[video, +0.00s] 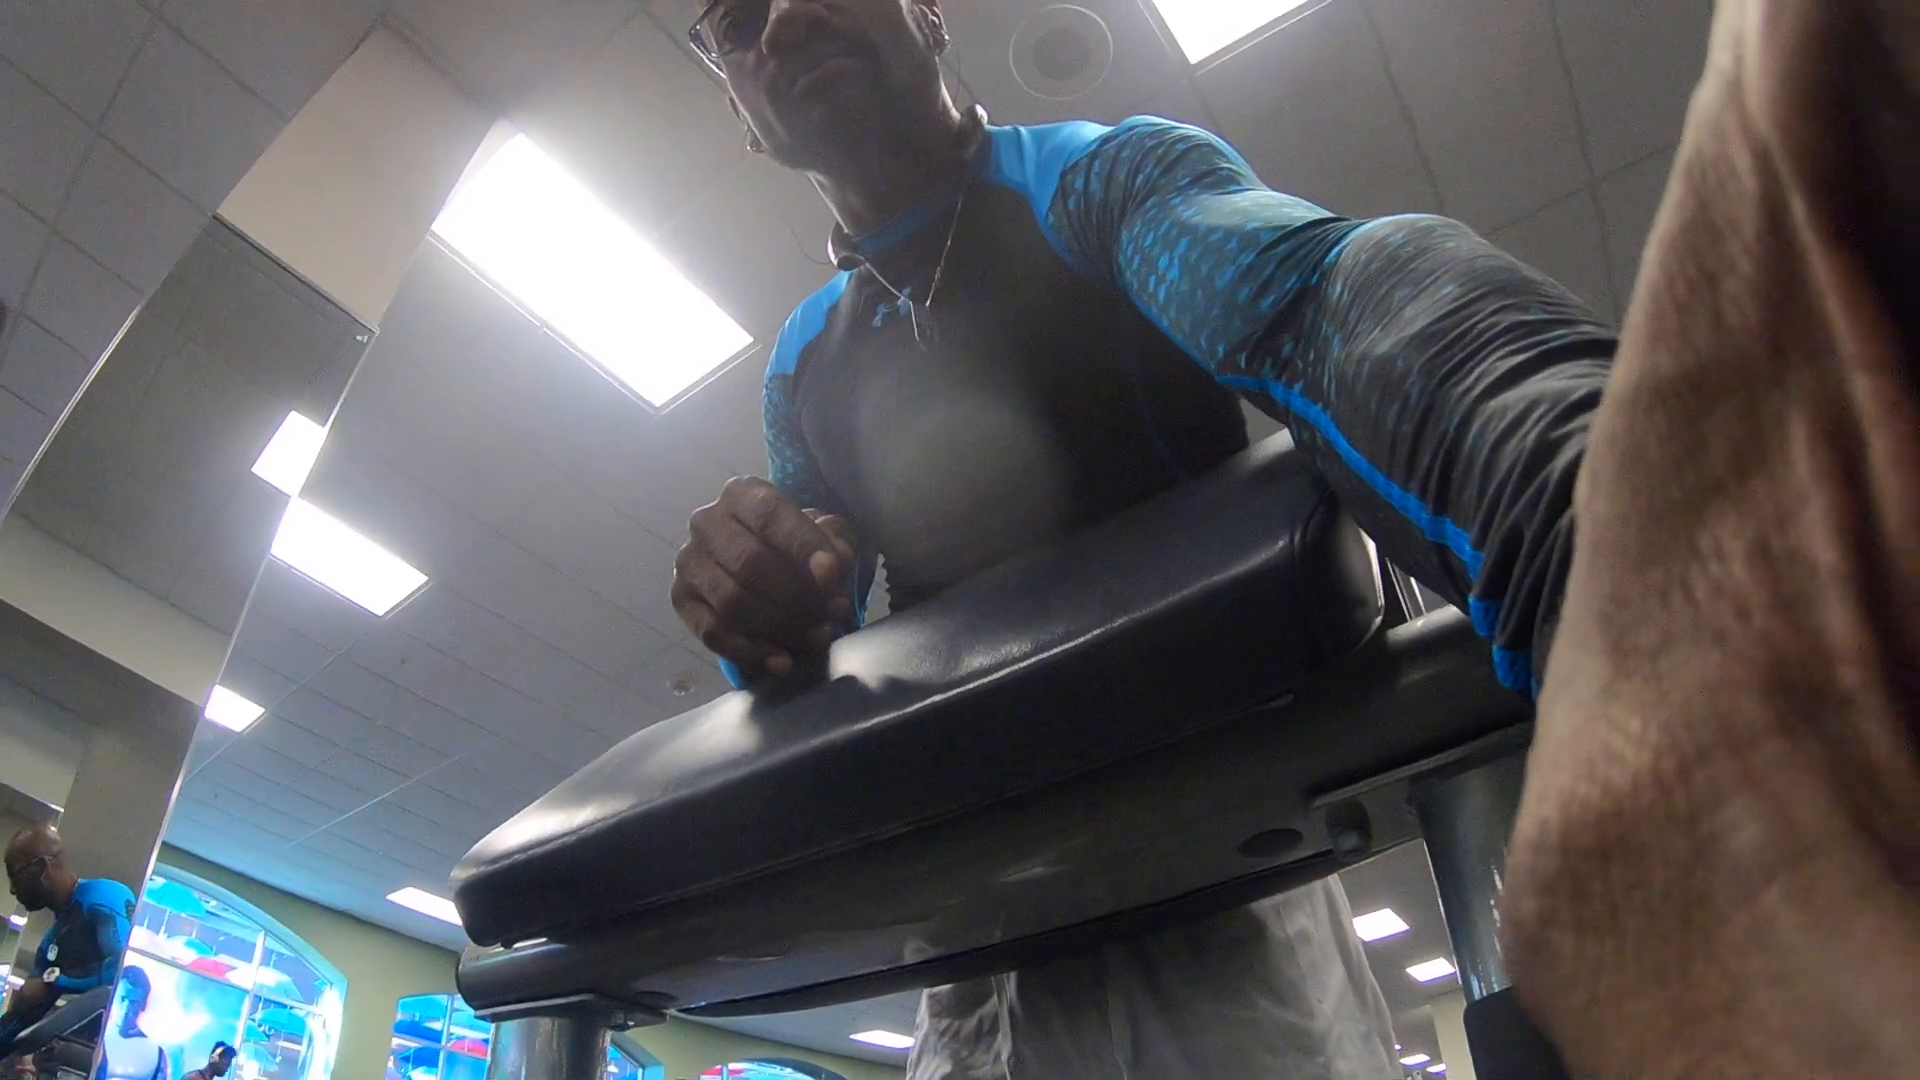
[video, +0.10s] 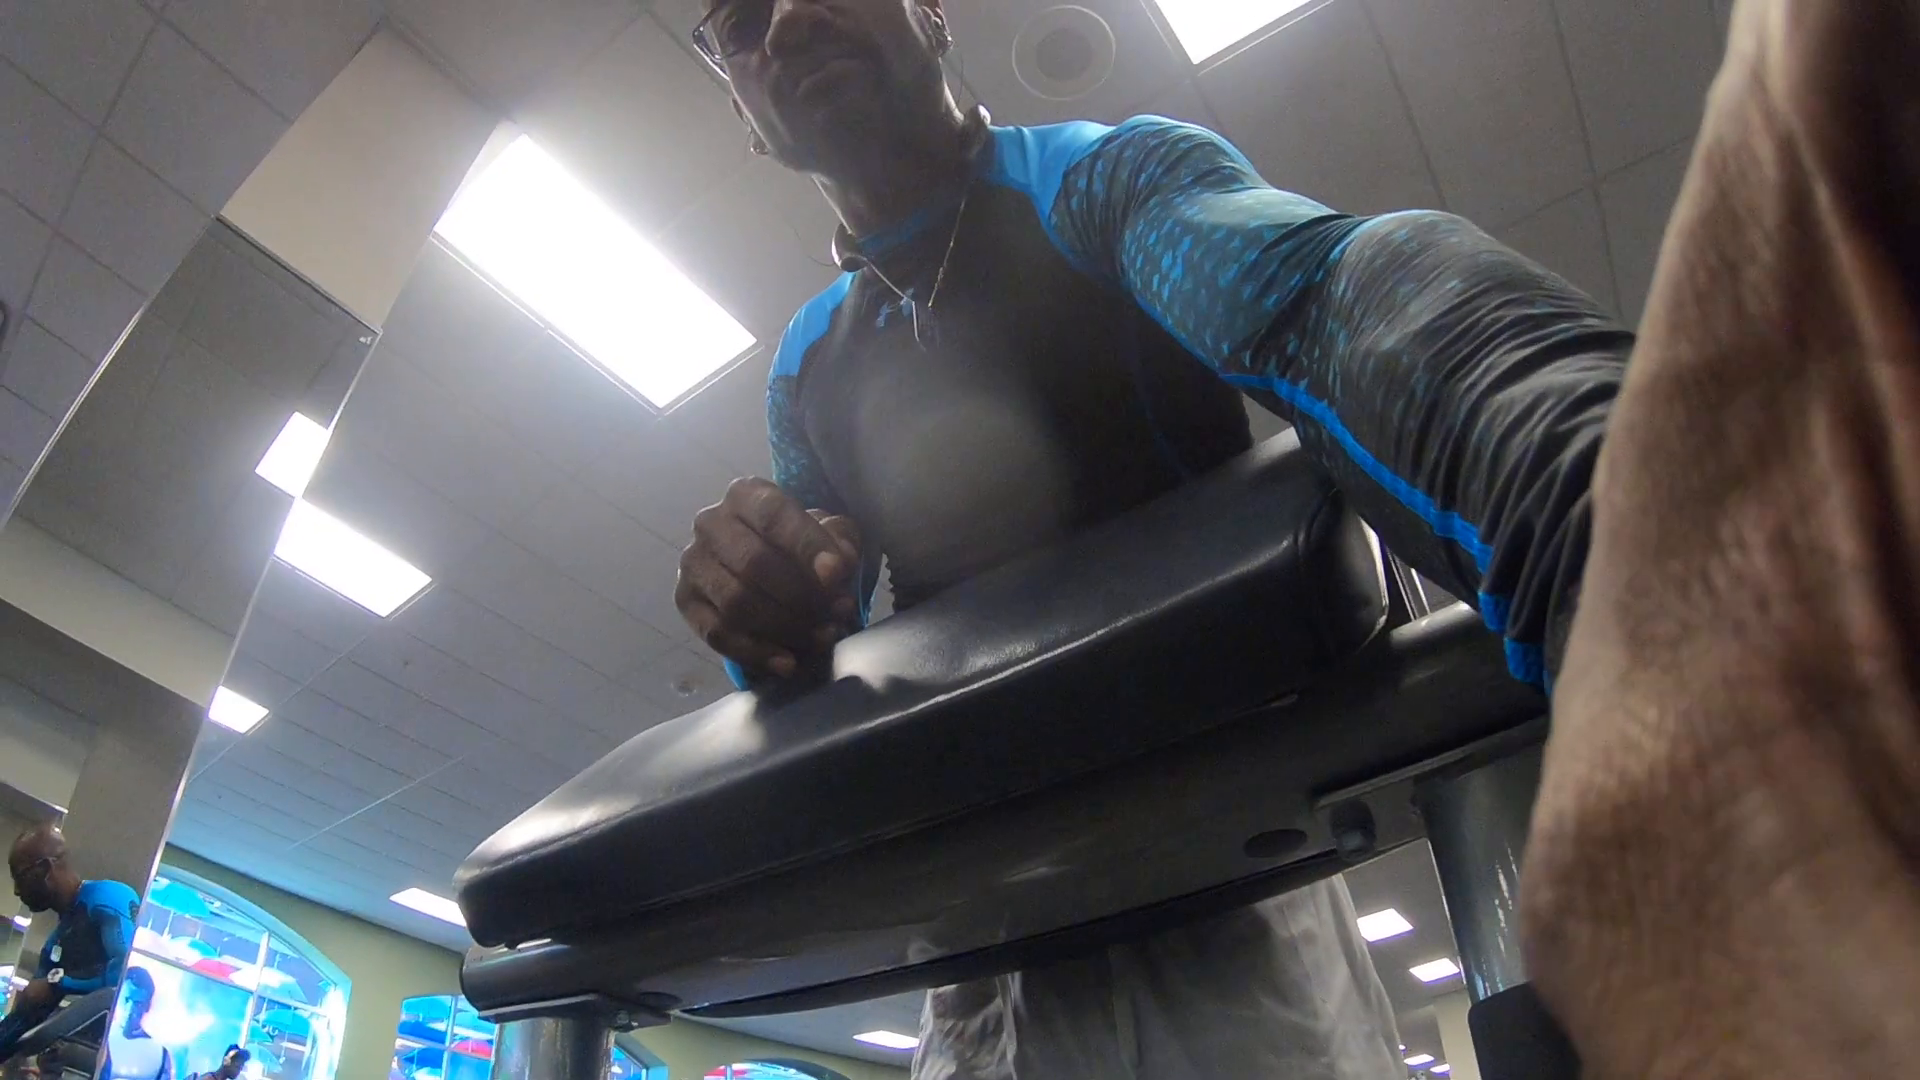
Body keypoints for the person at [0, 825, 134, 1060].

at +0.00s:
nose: (11, 890)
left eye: (15, 875)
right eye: (10, 878)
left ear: (44, 867)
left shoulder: (105, 898)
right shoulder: (49, 946)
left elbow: (125, 977)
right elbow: (27, 1016)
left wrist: (52, 984)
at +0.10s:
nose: (16, 890)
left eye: (20, 876)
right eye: (15, 878)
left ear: (47, 868)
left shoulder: (108, 901)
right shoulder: (55, 946)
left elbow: (127, 981)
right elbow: (30, 1016)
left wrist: (56, 985)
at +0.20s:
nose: (19, 891)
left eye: (23, 877)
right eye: (18, 880)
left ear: (51, 869)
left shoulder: (112, 901)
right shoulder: (59, 945)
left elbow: (128, 984)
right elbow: (30, 1016)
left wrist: (59, 984)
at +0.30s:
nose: (22, 892)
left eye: (25, 877)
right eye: (21, 880)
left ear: (54, 870)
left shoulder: (114, 901)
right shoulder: (61, 946)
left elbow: (132, 985)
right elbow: (32, 1017)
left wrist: (62, 984)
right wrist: (4, 1051)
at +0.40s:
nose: (24, 892)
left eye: (28, 879)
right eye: (23, 881)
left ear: (56, 871)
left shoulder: (118, 901)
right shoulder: (64, 946)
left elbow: (136, 985)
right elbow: (36, 1015)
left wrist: (65, 986)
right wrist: (4, 1053)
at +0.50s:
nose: (27, 893)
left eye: (30, 880)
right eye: (26, 882)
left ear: (59, 871)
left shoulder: (119, 901)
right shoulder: (66, 947)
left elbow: (137, 983)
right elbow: (38, 1017)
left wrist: (69, 986)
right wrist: (4, 1057)